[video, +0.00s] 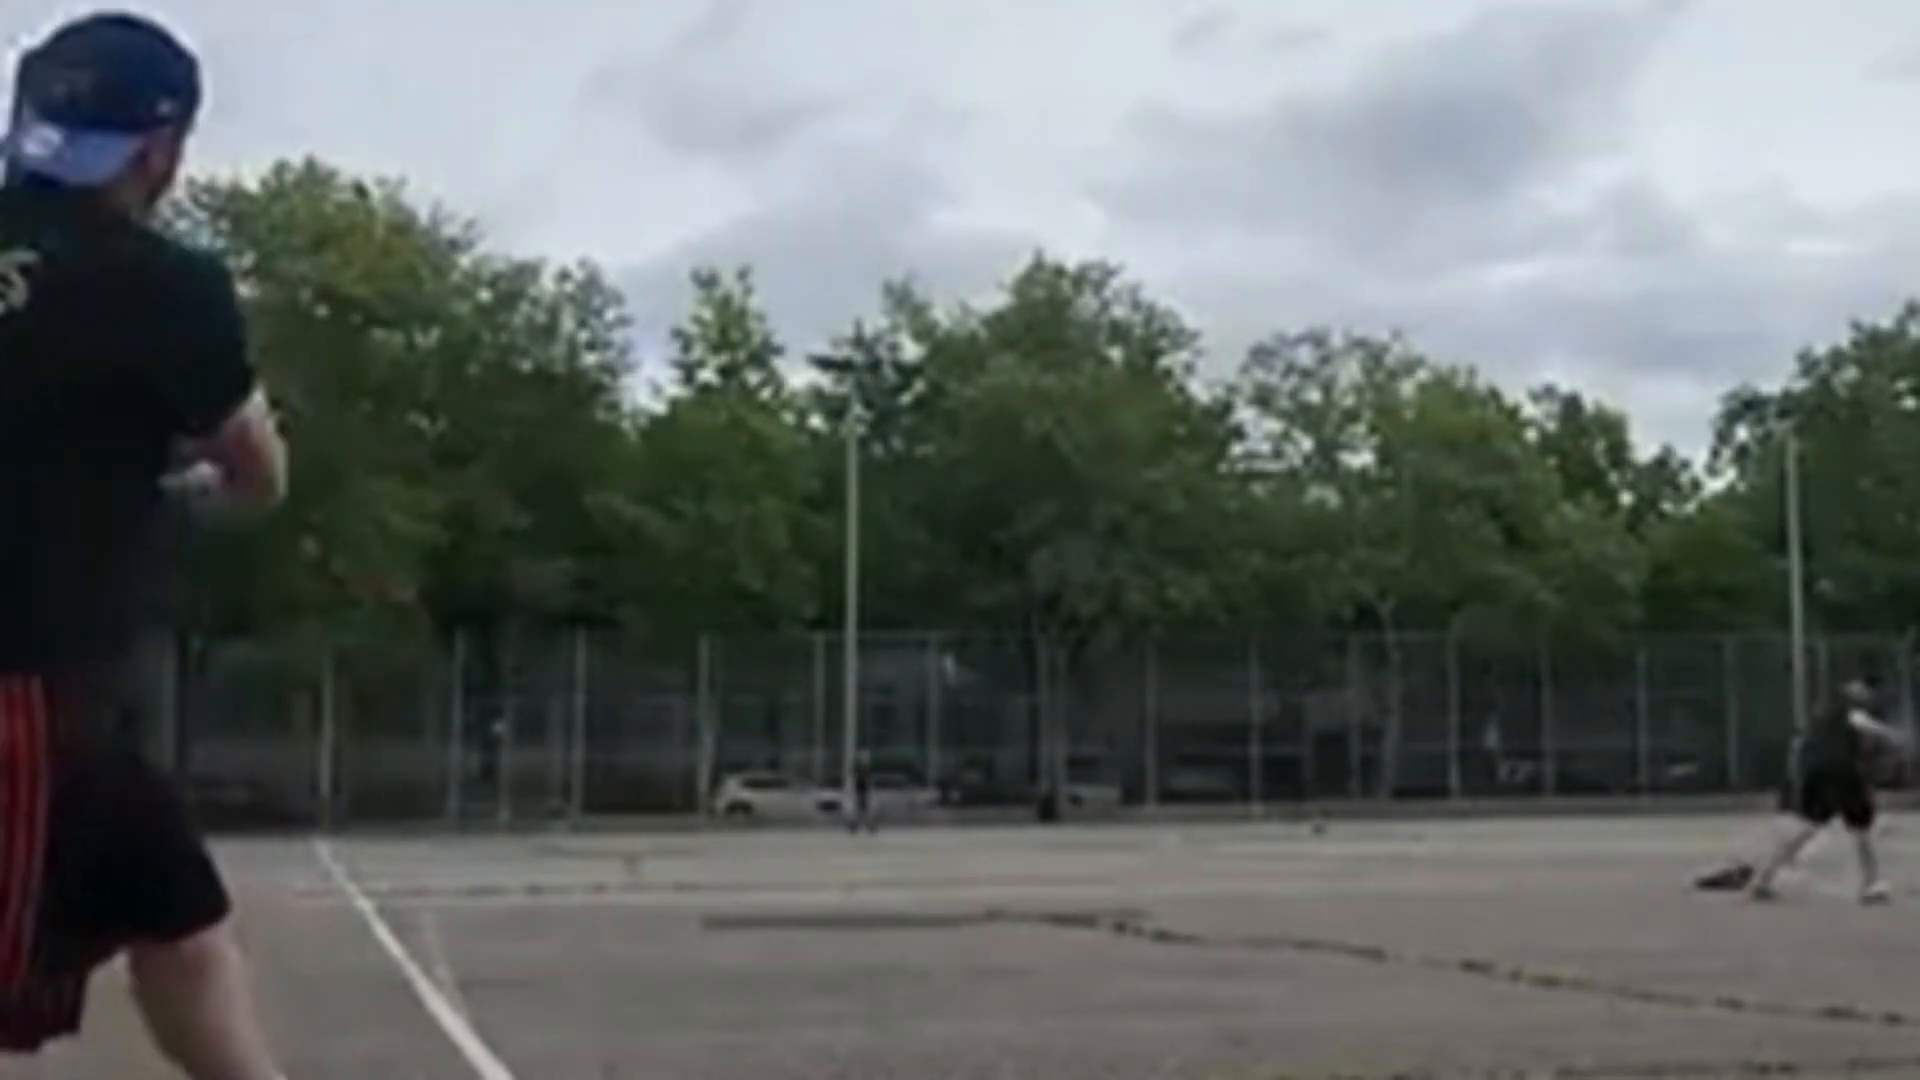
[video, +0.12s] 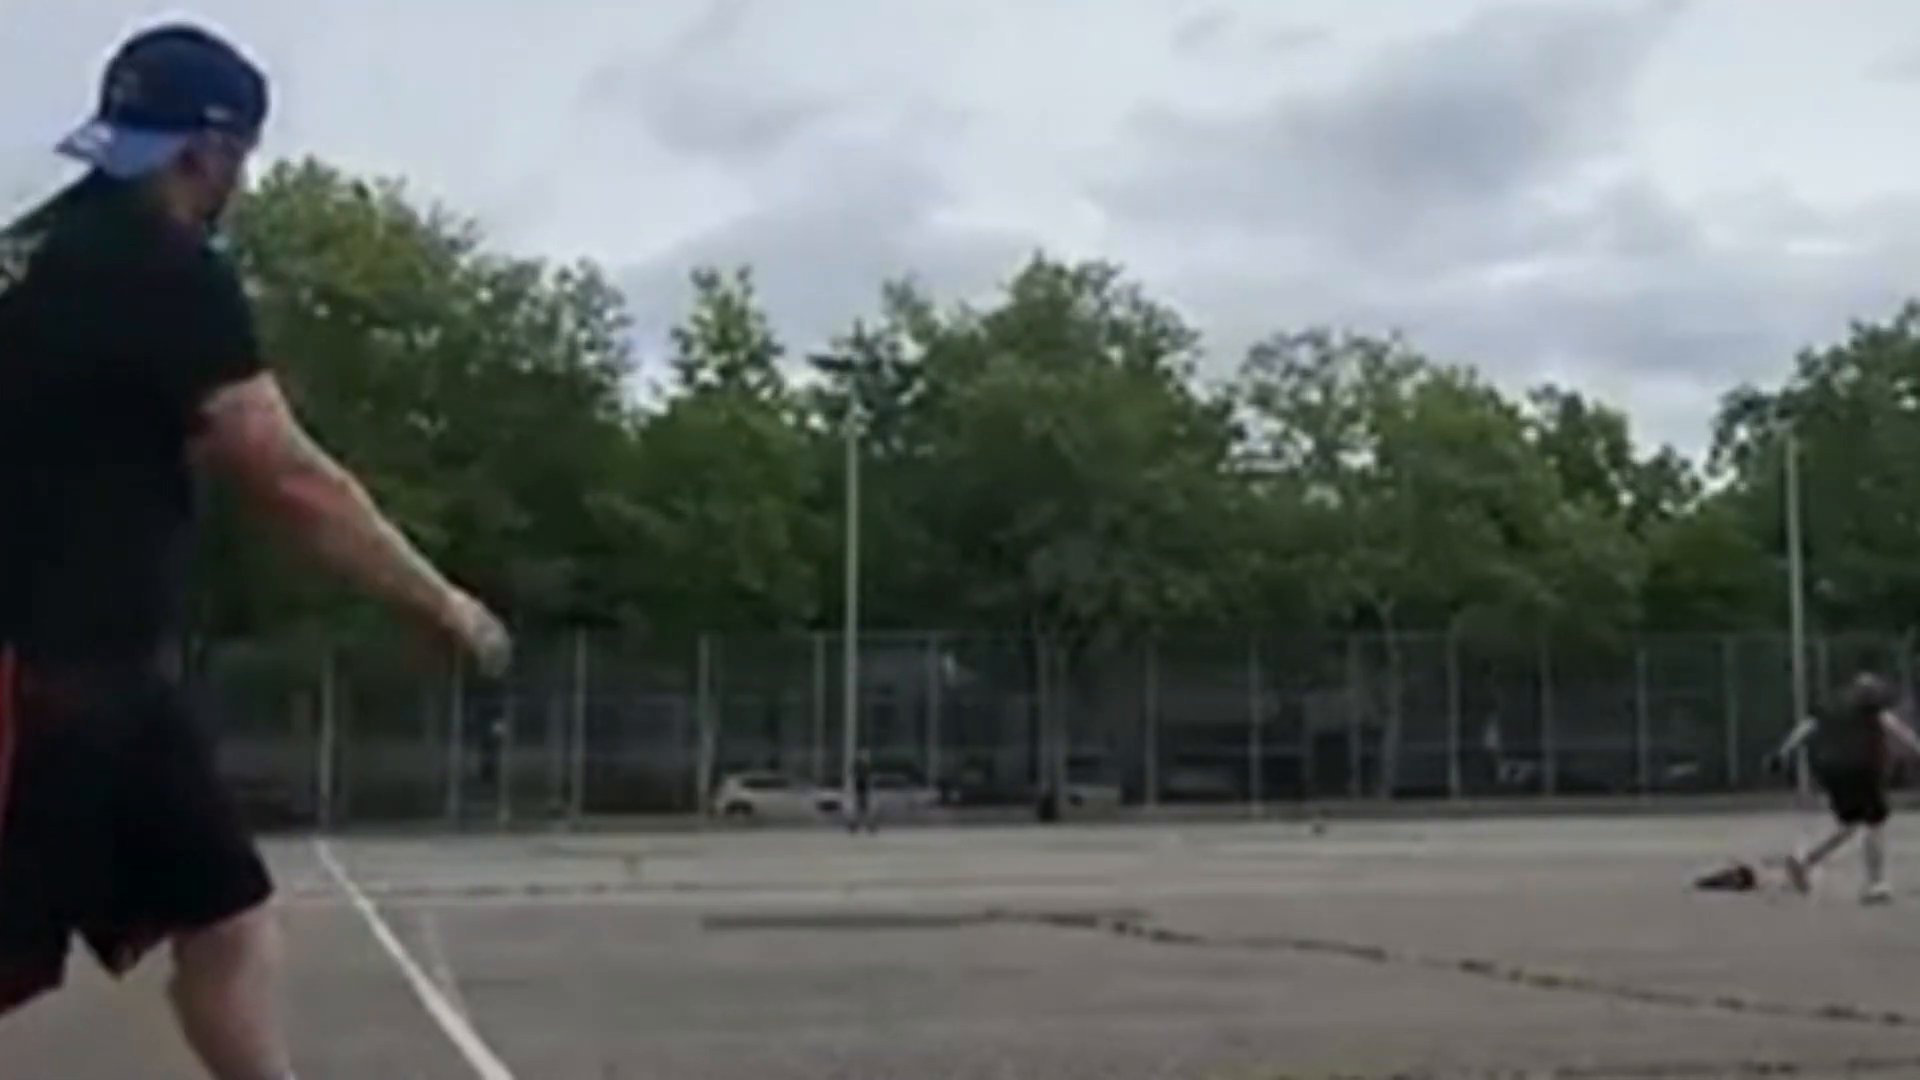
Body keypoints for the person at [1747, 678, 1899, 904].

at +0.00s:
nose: (1866, 699)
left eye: (1866, 695)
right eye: (1862, 695)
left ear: (1836, 697)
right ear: (1852, 697)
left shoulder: (1819, 717)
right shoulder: (1849, 712)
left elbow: (1797, 744)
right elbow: (1868, 726)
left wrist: (1795, 781)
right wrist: (1899, 738)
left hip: (1816, 774)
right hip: (1843, 775)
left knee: (1810, 828)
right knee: (1861, 831)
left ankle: (1763, 880)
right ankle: (1870, 886)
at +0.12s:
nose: (1875, 701)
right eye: (1874, 696)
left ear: (1852, 694)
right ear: (1876, 696)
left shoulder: (1835, 713)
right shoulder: (1878, 714)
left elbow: (1805, 730)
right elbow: (1907, 740)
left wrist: (1782, 754)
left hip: (1834, 776)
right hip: (1865, 776)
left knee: (1849, 826)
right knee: (1875, 824)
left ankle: (1804, 862)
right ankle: (1874, 884)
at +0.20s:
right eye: (1883, 694)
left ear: (1856, 692)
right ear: (1882, 694)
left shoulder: (1842, 710)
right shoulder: (1880, 711)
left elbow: (1810, 725)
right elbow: (1904, 733)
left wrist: (1785, 749)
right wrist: (1915, 749)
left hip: (1844, 770)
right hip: (1870, 772)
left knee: (1860, 825)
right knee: (1878, 828)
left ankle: (1829, 861)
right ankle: (1875, 883)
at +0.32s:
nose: (1898, 694)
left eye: (1896, 689)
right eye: (1898, 689)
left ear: (1870, 684)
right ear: (1896, 688)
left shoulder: (1853, 705)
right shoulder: (1895, 705)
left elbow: (1819, 732)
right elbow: (1909, 731)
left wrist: (1793, 755)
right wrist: (1917, 746)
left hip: (1855, 767)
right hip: (1884, 767)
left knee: (1877, 821)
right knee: (1889, 822)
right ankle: (1886, 880)